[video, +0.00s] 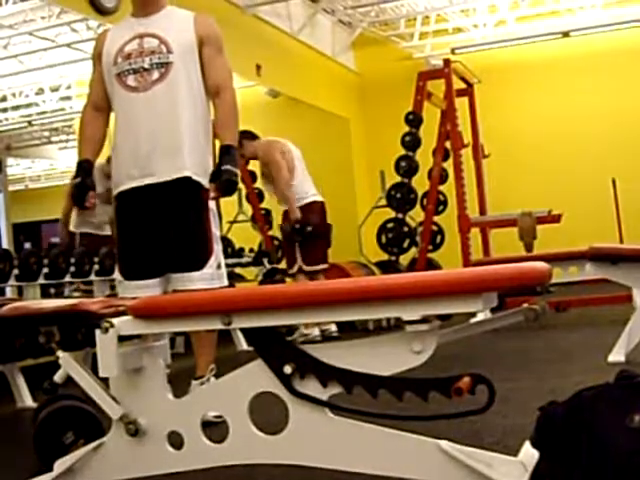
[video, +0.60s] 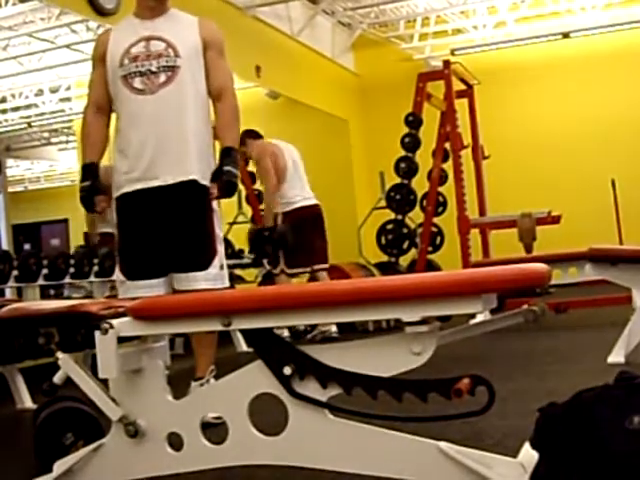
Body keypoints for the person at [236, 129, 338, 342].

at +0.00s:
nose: (244, 159)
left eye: (241, 154)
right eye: (240, 156)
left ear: (244, 144)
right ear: (250, 140)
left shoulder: (268, 149)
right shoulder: (280, 146)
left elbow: (282, 180)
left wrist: (292, 208)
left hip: (299, 208)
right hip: (314, 205)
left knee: (298, 271)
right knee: (315, 269)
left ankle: (310, 324)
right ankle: (328, 320)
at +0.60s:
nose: (247, 156)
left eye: (244, 152)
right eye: (245, 153)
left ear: (246, 143)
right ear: (259, 136)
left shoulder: (260, 148)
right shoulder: (287, 147)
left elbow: (271, 185)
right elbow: (297, 181)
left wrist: (268, 223)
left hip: (290, 212)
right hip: (312, 207)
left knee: (282, 272)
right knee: (319, 270)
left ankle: (283, 324)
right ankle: (328, 321)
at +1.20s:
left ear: (226, 147)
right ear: (240, 139)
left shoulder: (238, 161)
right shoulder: (266, 152)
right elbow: (281, 177)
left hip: (272, 211)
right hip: (295, 203)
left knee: (272, 275)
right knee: (308, 268)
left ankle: (277, 326)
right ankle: (323, 321)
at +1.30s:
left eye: (217, 152)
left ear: (221, 148)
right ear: (235, 141)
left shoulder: (230, 162)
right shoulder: (259, 152)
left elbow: (226, 202)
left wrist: (222, 229)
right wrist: (257, 210)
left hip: (270, 211)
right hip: (294, 203)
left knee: (271, 275)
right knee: (307, 270)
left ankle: (277, 326)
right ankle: (322, 321)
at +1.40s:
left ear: (219, 146)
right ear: (233, 140)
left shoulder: (227, 160)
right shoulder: (254, 153)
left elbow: (224, 202)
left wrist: (222, 229)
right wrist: (255, 211)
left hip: (267, 211)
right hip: (291, 202)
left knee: (271, 276)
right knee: (305, 269)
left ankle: (277, 326)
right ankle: (321, 321)